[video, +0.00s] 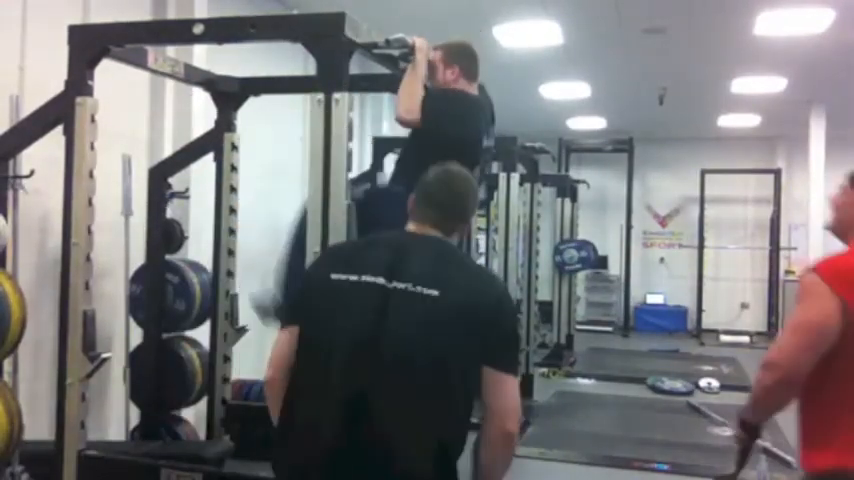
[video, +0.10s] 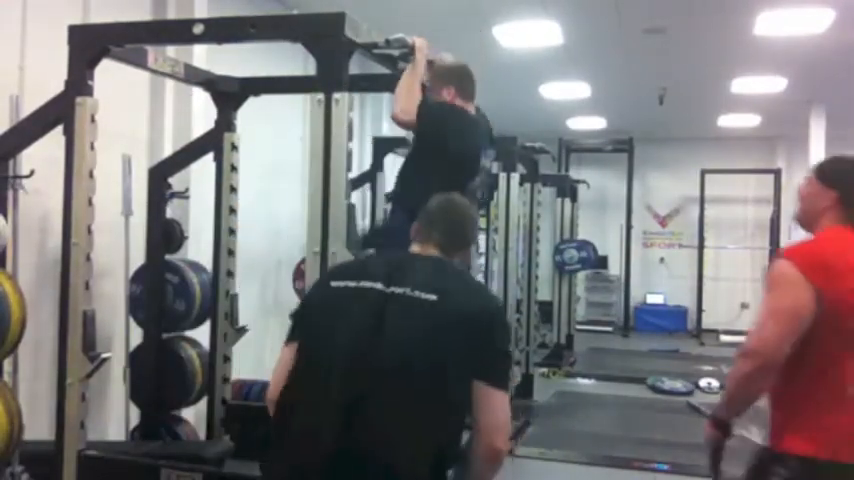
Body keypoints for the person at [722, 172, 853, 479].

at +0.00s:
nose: (834, 198)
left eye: (843, 188)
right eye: (840, 188)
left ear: (853, 199)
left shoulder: (834, 275)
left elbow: (784, 368)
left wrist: (751, 419)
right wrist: (753, 418)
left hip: (837, 462)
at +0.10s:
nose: (800, 189)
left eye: (809, 183)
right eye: (804, 182)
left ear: (831, 196)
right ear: (833, 197)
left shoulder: (806, 260)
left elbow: (765, 353)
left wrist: (721, 418)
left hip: (809, 455)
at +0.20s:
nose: (762, 196)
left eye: (771, 188)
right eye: (767, 187)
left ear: (792, 200)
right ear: (818, 204)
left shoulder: (768, 265)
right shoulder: (845, 256)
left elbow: (736, 352)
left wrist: (688, 419)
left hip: (776, 449)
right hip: (843, 450)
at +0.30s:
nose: (723, 205)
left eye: (730, 198)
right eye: (726, 198)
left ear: (753, 209)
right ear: (779, 211)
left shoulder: (730, 275)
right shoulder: (814, 270)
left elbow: (701, 362)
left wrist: (651, 425)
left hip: (741, 452)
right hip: (807, 452)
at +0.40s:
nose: (688, 211)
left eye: (694, 202)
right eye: (690, 203)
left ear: (713, 212)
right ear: (743, 213)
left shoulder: (691, 280)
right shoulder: (775, 274)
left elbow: (659, 366)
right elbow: (770, 353)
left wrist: (614, 428)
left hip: (695, 449)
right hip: (757, 449)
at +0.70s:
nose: (617, 200)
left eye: (621, 192)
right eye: (619, 192)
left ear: (639, 198)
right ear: (666, 197)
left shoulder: (622, 258)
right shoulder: (706, 249)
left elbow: (565, 328)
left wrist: (541, 344)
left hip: (636, 418)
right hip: (689, 415)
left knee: (621, 474)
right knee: (659, 473)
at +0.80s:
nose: (604, 205)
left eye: (608, 197)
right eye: (605, 197)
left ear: (628, 201)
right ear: (653, 199)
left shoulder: (615, 259)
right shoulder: (690, 252)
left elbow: (557, 324)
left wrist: (522, 336)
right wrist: (583, 329)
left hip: (628, 414)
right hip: (675, 410)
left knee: (615, 474)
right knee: (647, 473)